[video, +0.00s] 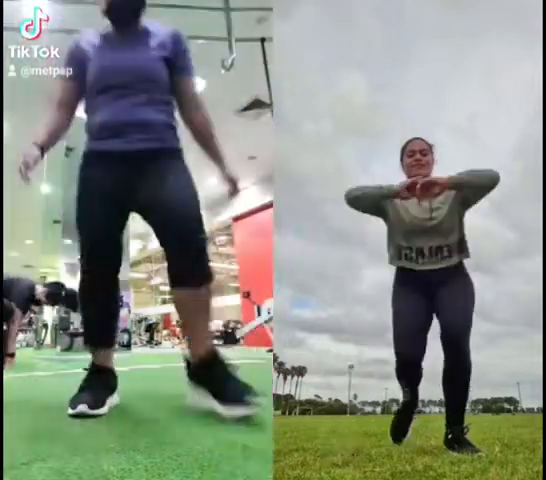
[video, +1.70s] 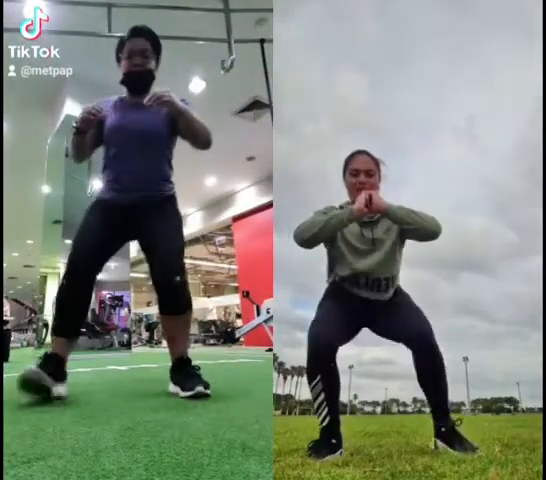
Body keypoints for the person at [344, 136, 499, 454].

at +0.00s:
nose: (417, 158)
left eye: (423, 153)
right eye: (411, 154)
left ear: (434, 160)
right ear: (401, 164)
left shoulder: (455, 194)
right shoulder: (389, 201)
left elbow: (491, 178)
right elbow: (352, 197)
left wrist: (447, 182)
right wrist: (397, 192)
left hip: (452, 281)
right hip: (409, 284)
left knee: (457, 349)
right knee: (406, 357)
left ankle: (456, 433)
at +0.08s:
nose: (420, 160)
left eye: (426, 155)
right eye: (413, 156)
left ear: (436, 163)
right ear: (404, 166)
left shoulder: (458, 198)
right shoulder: (391, 204)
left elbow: (495, 180)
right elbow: (354, 197)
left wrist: (450, 184)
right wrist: (399, 194)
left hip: (453, 284)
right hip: (411, 286)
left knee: (457, 353)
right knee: (414, 361)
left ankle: (455, 433)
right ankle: (423, 395)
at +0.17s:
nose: (429, 177)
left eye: (434, 172)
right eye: (422, 174)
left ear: (445, 179)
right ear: (412, 184)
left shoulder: (467, 214)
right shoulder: (400, 217)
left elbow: (506, 196)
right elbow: (365, 202)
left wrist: (459, 199)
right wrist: (415, 203)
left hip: (461, 298)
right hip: (419, 303)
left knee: (458, 341)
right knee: (435, 388)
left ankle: (456, 434)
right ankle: (459, 417)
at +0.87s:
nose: (427, 166)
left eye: (433, 161)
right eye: (420, 162)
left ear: (443, 167)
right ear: (411, 170)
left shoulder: (464, 205)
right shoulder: (401, 209)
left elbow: (506, 197)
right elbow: (361, 204)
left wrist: (455, 194)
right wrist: (409, 198)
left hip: (458, 287)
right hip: (416, 289)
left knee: (467, 343)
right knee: (413, 372)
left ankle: (460, 430)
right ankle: (442, 399)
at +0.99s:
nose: (414, 162)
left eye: (420, 156)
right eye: (406, 158)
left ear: (431, 162)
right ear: (398, 167)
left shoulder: (450, 199)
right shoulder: (389, 206)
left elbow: (489, 195)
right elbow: (345, 207)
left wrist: (438, 187)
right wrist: (393, 196)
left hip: (449, 286)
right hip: (404, 285)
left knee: (465, 340)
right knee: (366, 332)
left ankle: (458, 433)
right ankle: (357, 420)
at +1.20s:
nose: (400, 196)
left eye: (407, 190)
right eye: (393, 191)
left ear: (419, 196)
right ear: (384, 200)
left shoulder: (436, 239)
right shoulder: (373, 240)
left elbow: (473, 236)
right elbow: (328, 243)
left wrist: (420, 221)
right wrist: (381, 226)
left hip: (428, 324)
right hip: (380, 323)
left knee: (463, 340)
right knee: (338, 341)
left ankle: (457, 434)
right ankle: (330, 437)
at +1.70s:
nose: (362, 181)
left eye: (369, 174)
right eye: (354, 175)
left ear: (380, 180)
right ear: (344, 180)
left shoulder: (395, 219)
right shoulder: (334, 216)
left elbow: (433, 230)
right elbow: (301, 237)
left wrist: (385, 208)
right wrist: (352, 213)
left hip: (389, 303)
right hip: (343, 301)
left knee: (424, 339)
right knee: (319, 343)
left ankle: (445, 430)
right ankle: (330, 437)